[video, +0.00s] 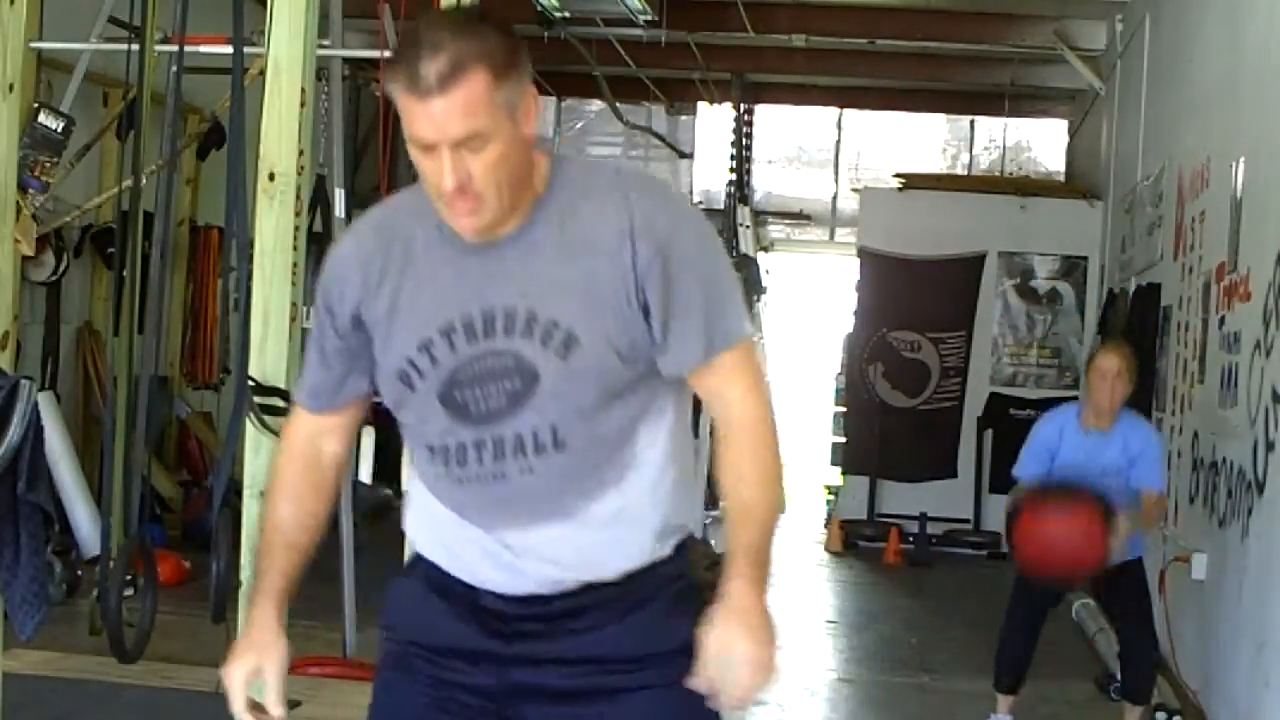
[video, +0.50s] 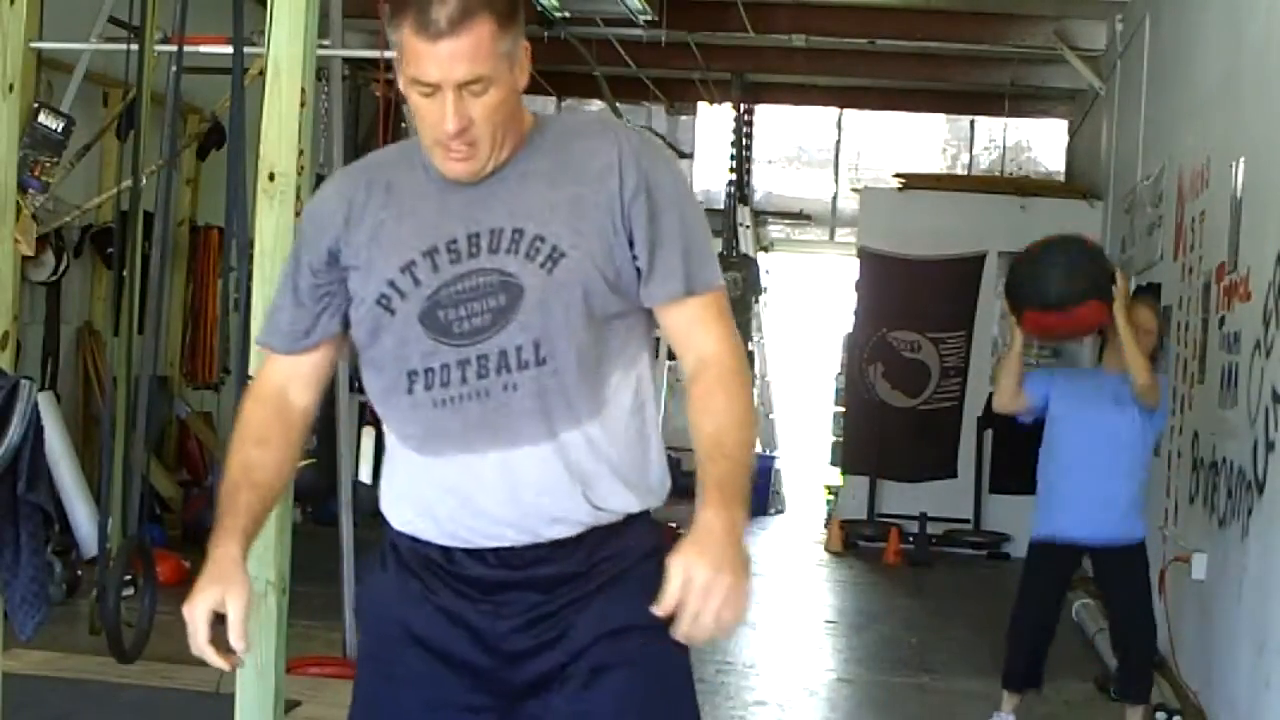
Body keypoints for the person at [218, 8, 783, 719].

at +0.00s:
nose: (451, 176)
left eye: (472, 143)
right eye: (426, 148)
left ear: (530, 116)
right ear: (404, 132)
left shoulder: (645, 226)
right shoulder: (367, 258)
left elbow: (738, 400)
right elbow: (317, 435)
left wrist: (745, 593)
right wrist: (266, 612)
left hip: (631, 626)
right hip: (445, 626)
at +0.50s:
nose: (452, 121)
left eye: (476, 88)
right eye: (426, 90)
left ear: (525, 61)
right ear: (397, 74)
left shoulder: (620, 167)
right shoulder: (348, 208)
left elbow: (712, 355)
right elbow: (283, 388)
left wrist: (721, 524)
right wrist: (227, 547)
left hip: (606, 593)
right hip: (424, 600)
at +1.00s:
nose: (641, 157)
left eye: (667, 125)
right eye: (618, 124)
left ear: (725, 98)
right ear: (596, 104)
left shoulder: (825, 222)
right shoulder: (548, 223)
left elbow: (894, 434)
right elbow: (491, 409)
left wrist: (890, 633)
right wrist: (423, 575)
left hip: (751, 638)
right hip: (571, 630)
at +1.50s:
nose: (688, 164)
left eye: (720, 134)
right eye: (668, 128)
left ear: (780, 104)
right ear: (653, 96)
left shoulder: (865, 235)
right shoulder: (590, 214)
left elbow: (914, 462)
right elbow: (528, 394)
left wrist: (908, 665)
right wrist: (465, 556)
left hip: (760, 635)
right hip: (587, 620)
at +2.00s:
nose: (515, 159)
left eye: (541, 125)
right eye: (490, 126)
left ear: (598, 91)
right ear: (470, 105)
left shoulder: (706, 208)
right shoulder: (423, 226)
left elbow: (762, 419)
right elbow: (362, 409)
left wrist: (735, 606)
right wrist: (304, 584)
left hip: (657, 621)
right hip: (479, 617)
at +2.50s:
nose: (577, 225)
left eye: (601, 191)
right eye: (553, 196)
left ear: (666, 151)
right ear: (535, 173)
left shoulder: (782, 265)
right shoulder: (528, 277)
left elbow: (830, 508)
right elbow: (490, 471)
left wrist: (772, 707)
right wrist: (439, 662)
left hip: (760, 630)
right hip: (592, 620)